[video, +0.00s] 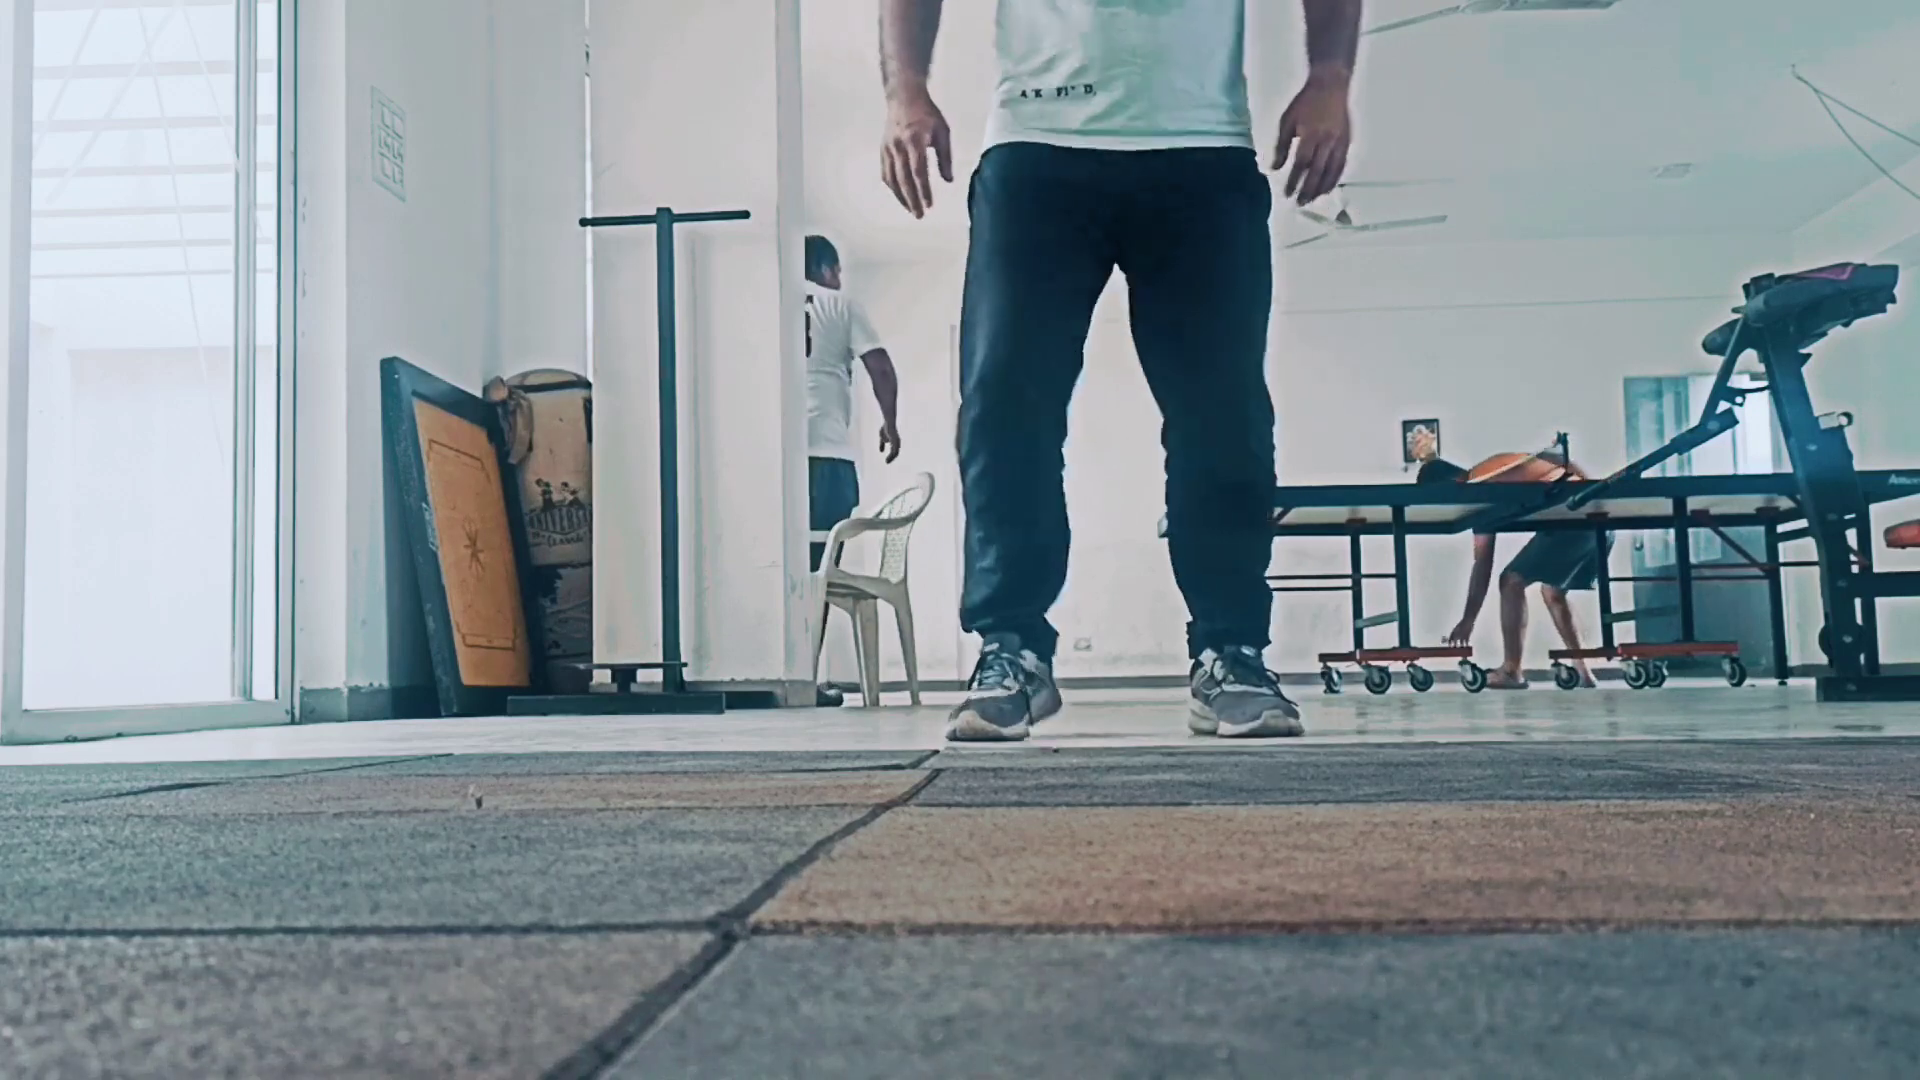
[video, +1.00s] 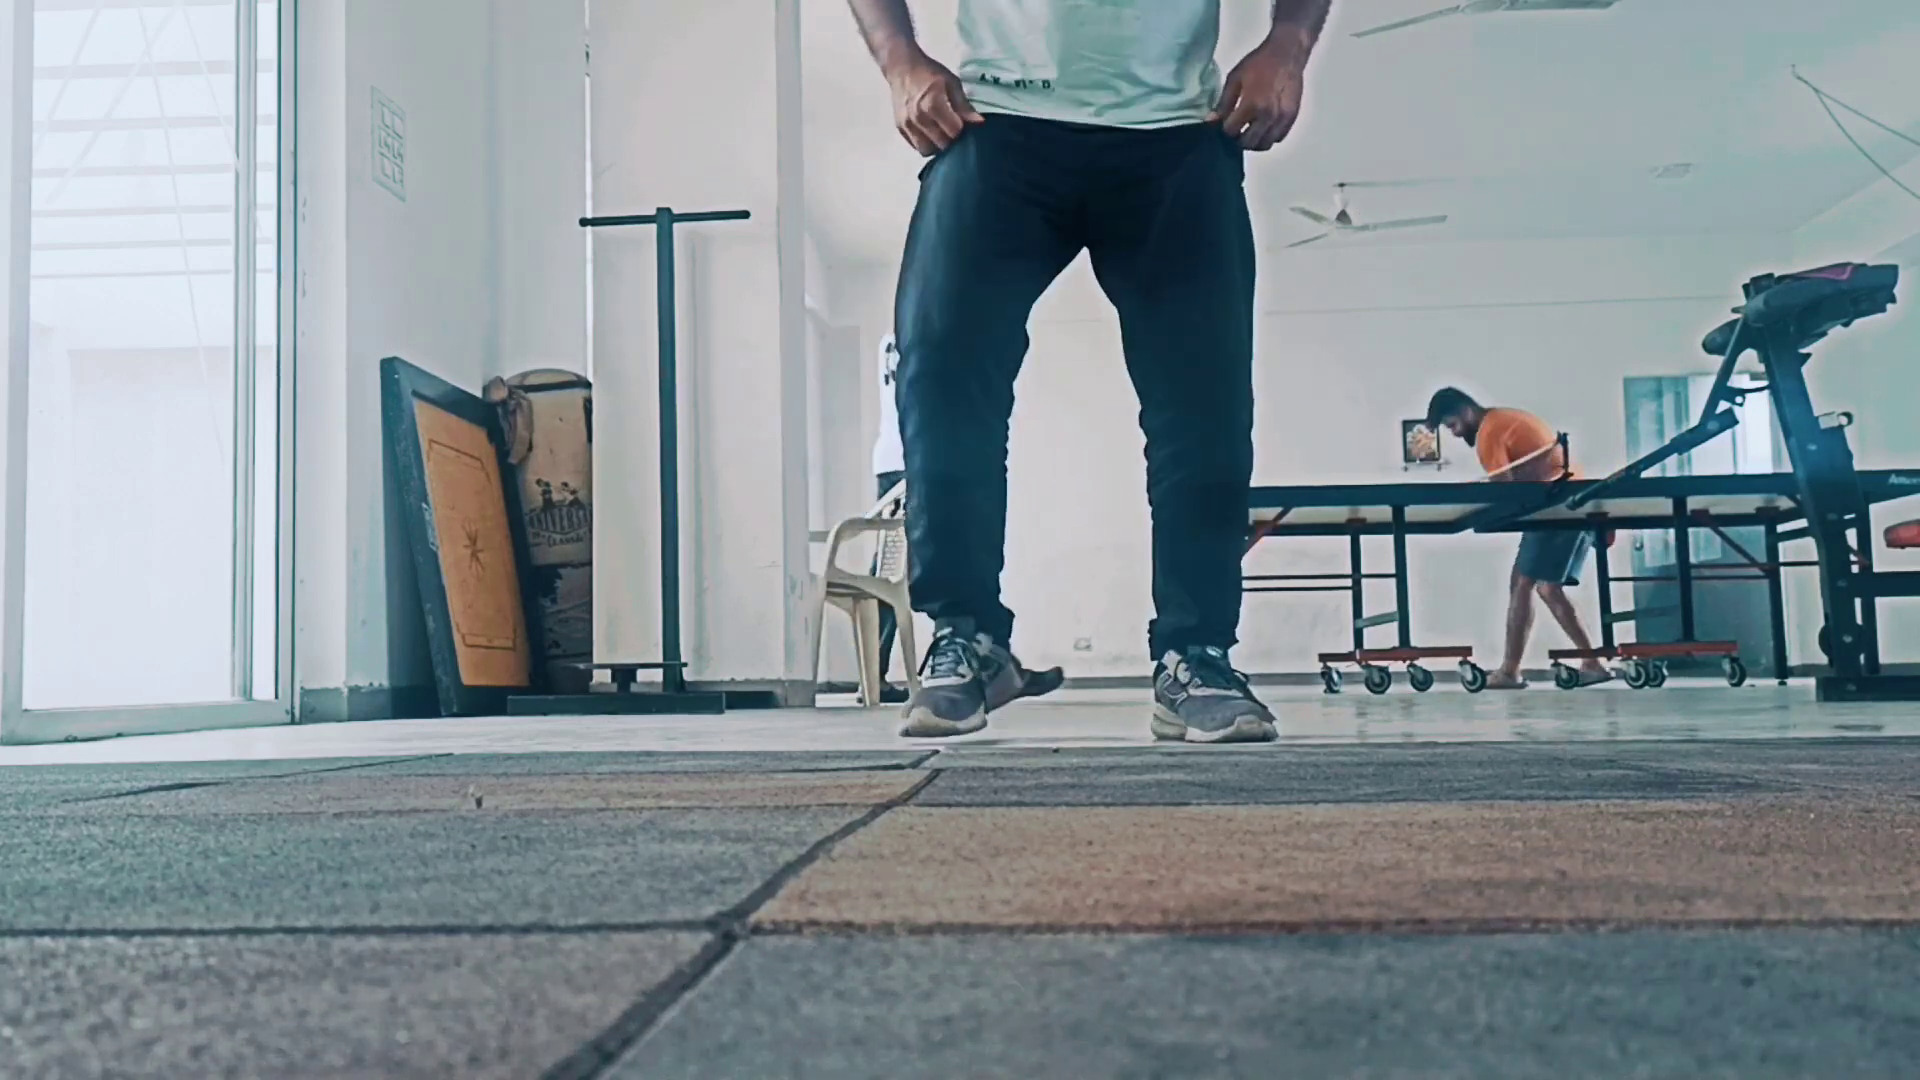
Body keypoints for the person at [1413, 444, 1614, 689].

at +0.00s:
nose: (1444, 502)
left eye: (1440, 495)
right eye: (1438, 497)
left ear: (1448, 484)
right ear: (1454, 473)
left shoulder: (1478, 488)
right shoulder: (1480, 494)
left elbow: (1481, 563)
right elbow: (1482, 563)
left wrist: (1467, 620)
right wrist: (1468, 620)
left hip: (1568, 519)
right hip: (1590, 516)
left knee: (1511, 581)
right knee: (1553, 592)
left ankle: (1511, 671)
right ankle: (1582, 671)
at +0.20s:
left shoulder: (1476, 523)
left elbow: (1476, 585)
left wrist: (1461, 639)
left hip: (1567, 529)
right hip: (1597, 525)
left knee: (1507, 581)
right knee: (1552, 594)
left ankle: (1510, 671)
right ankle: (1582, 670)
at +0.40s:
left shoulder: (1473, 534)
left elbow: (1475, 592)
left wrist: (1462, 645)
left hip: (1567, 533)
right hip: (1594, 530)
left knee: (1503, 581)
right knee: (1550, 594)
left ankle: (1509, 671)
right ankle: (1582, 671)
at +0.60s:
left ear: (1439, 499)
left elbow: (1482, 579)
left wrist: (1445, 611)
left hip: (1562, 522)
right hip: (1586, 518)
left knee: (1506, 583)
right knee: (1551, 592)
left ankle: (1509, 672)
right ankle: (1583, 671)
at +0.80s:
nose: (1436, 480)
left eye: (1433, 473)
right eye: (1431, 475)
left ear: (1444, 460)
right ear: (1448, 452)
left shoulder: (1472, 475)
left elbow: (1490, 540)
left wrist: (1446, 555)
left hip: (1556, 513)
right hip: (1580, 507)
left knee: (1513, 581)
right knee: (1552, 588)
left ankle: (1509, 671)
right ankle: (1584, 671)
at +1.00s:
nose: (1453, 432)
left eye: (1452, 424)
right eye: (1448, 428)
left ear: (1465, 410)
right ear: (1467, 409)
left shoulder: (1488, 434)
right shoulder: (1504, 418)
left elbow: (1506, 490)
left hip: (1556, 511)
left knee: (1525, 584)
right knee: (1544, 588)